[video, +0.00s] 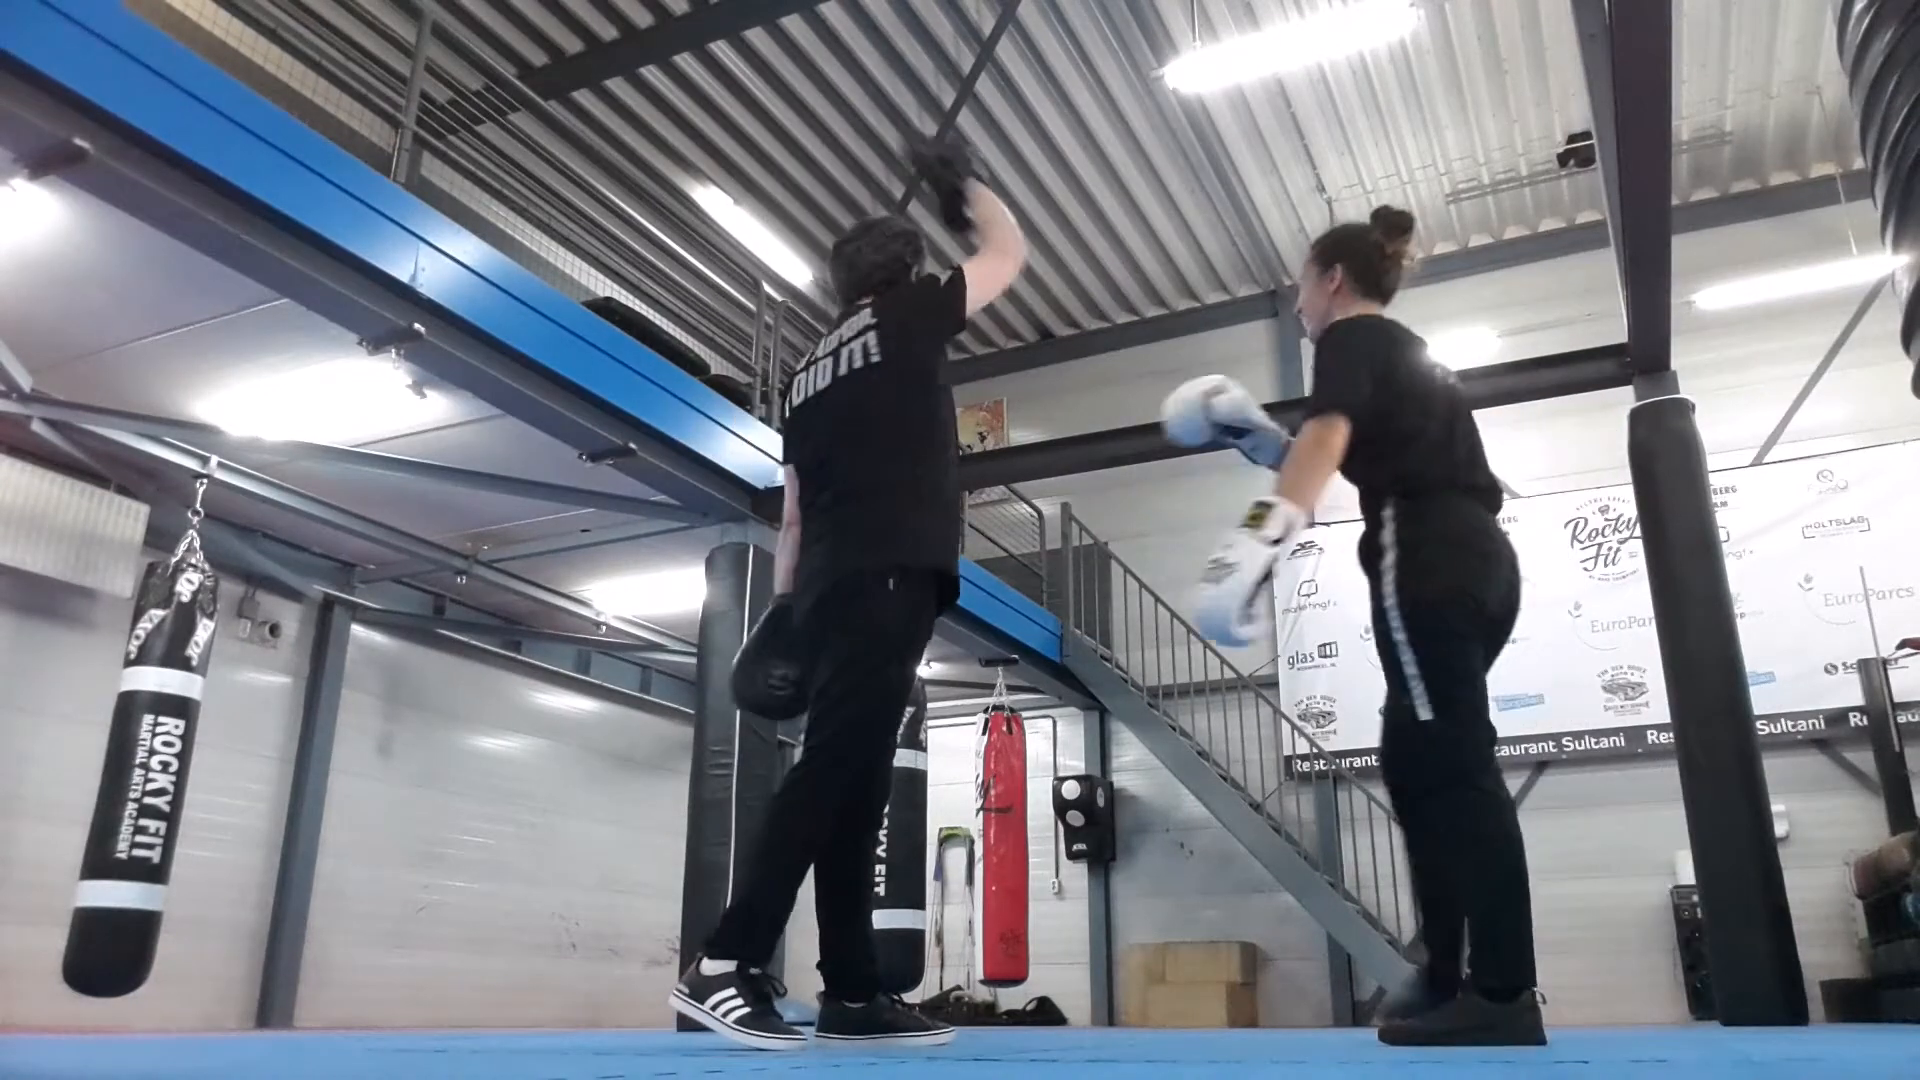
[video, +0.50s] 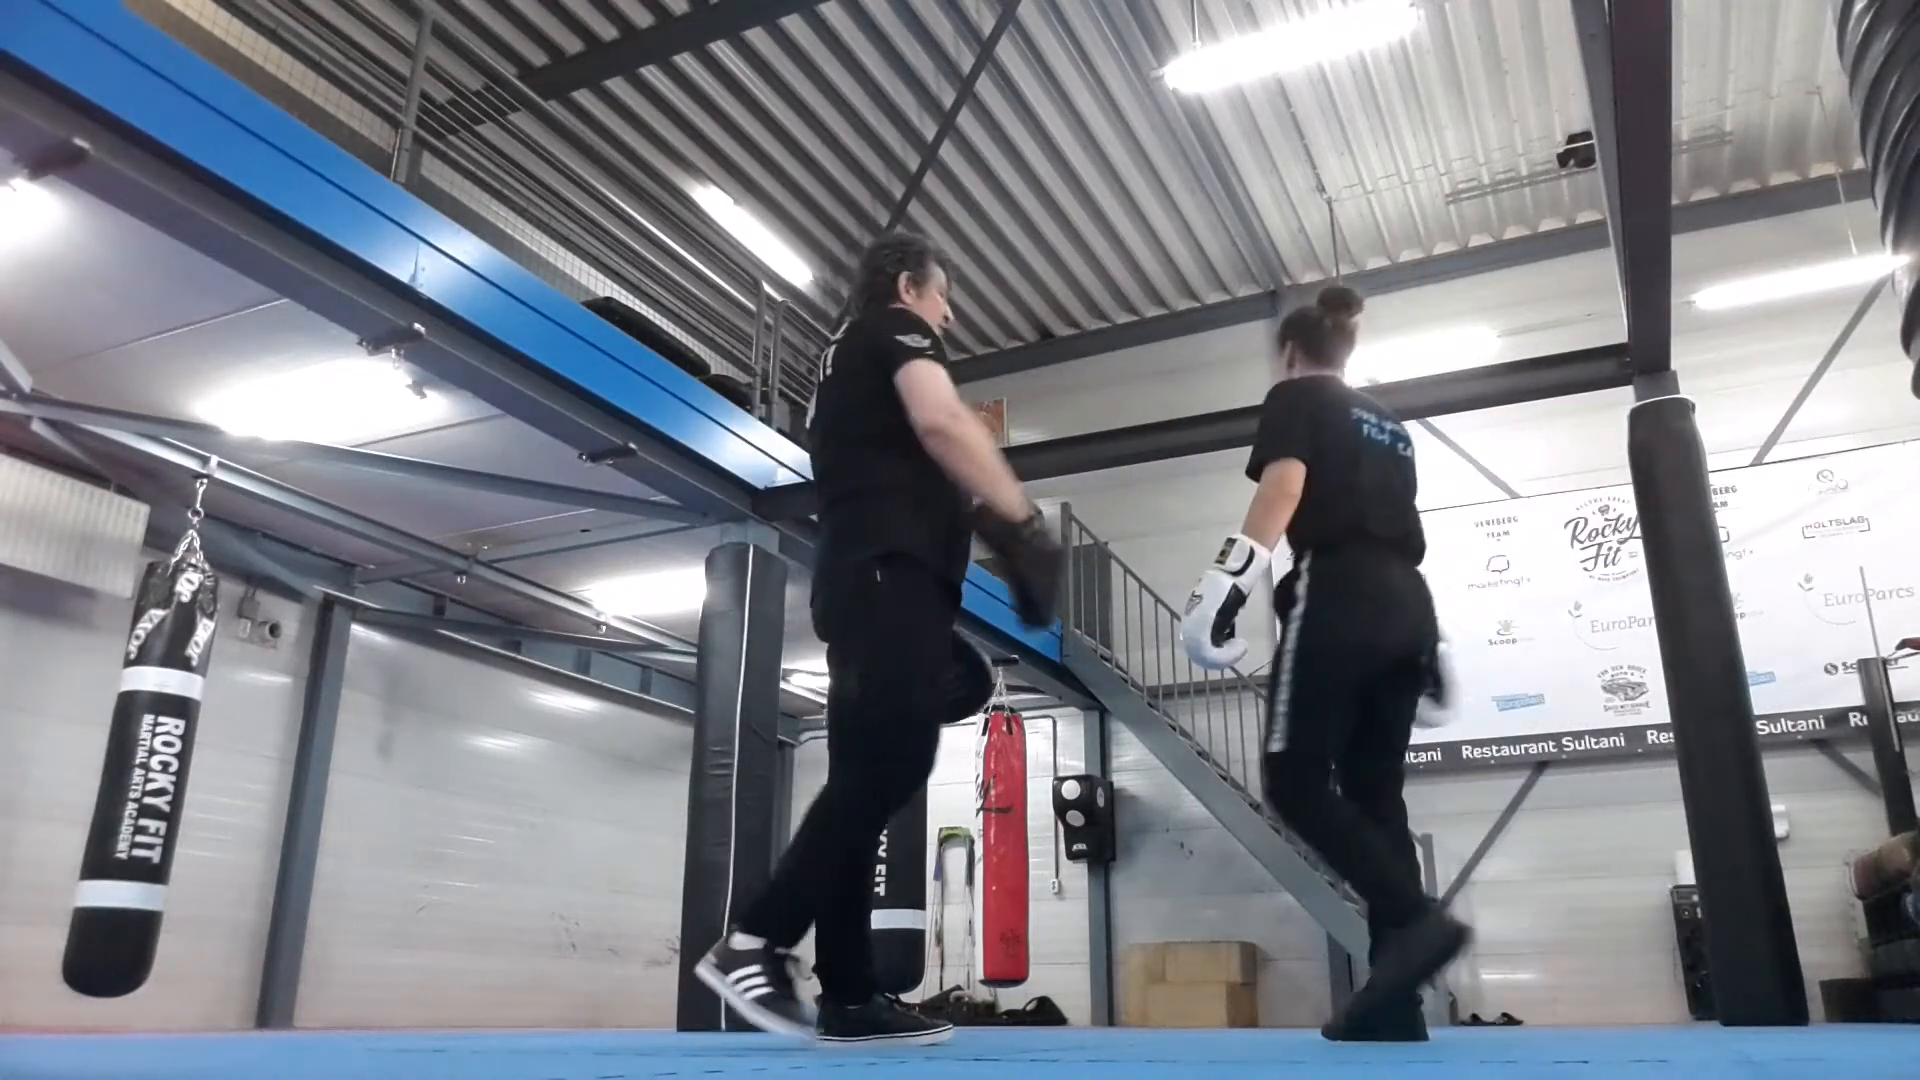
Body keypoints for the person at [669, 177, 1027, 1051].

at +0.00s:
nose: (932, 281)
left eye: (924, 269)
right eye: (923, 267)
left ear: (843, 288)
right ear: (911, 271)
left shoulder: (808, 378)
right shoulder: (912, 311)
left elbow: (794, 516)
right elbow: (1006, 248)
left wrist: (782, 612)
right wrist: (965, 183)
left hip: (842, 579)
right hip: (896, 573)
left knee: (858, 788)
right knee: (829, 775)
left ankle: (853, 995)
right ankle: (723, 970)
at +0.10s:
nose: (928, 280)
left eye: (926, 271)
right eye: (922, 270)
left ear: (841, 284)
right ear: (902, 271)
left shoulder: (812, 377)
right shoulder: (896, 309)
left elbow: (802, 516)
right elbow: (1028, 285)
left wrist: (800, 608)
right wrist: (1025, 237)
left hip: (840, 584)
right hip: (891, 576)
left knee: (856, 787)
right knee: (835, 772)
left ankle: (852, 994)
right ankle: (725, 970)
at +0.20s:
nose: (926, 289)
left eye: (923, 278)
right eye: (919, 278)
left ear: (846, 289)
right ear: (893, 275)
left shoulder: (814, 389)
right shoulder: (889, 317)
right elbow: (1048, 330)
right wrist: (1063, 318)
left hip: (848, 585)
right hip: (886, 576)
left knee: (855, 787)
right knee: (838, 770)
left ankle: (850, 998)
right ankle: (725, 967)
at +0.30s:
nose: (929, 296)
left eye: (925, 285)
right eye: (922, 283)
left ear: (858, 291)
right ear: (892, 279)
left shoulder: (826, 385)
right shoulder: (888, 323)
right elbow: (1023, 373)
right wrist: (1068, 410)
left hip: (856, 584)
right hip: (884, 579)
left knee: (858, 790)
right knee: (842, 772)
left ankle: (850, 998)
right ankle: (728, 965)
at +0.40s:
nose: (937, 304)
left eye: (934, 292)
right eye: (929, 290)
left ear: (867, 291)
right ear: (897, 283)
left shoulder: (844, 373)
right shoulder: (889, 323)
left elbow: (908, 475)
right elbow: (982, 399)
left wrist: (1006, 465)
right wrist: (1057, 481)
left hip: (863, 581)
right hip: (883, 575)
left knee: (863, 785)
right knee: (860, 772)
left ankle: (851, 997)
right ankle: (737, 958)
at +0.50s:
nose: (948, 311)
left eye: (948, 298)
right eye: (943, 295)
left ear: (882, 293)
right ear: (907, 287)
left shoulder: (857, 356)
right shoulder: (894, 329)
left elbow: (904, 475)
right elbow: (941, 423)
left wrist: (972, 439)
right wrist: (1024, 523)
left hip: (864, 582)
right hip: (887, 580)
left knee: (860, 787)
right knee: (884, 773)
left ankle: (849, 995)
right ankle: (752, 946)